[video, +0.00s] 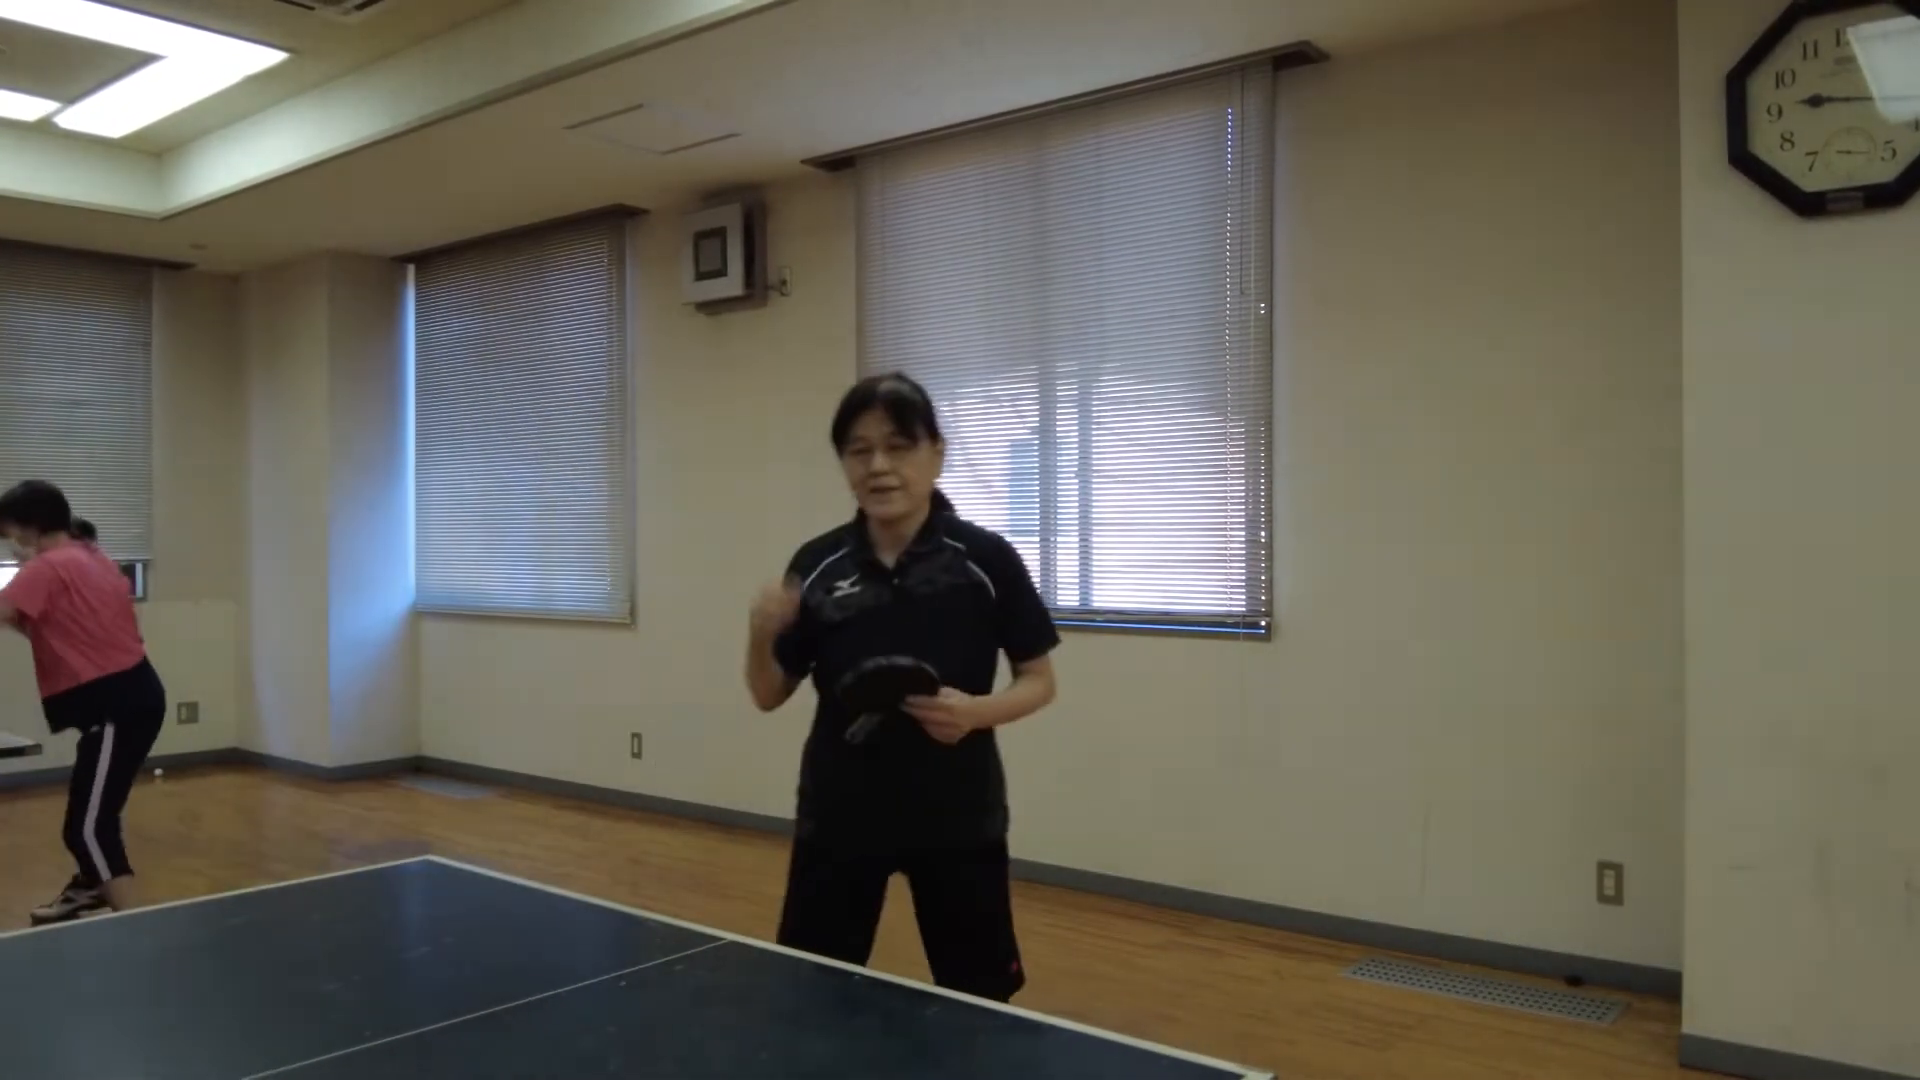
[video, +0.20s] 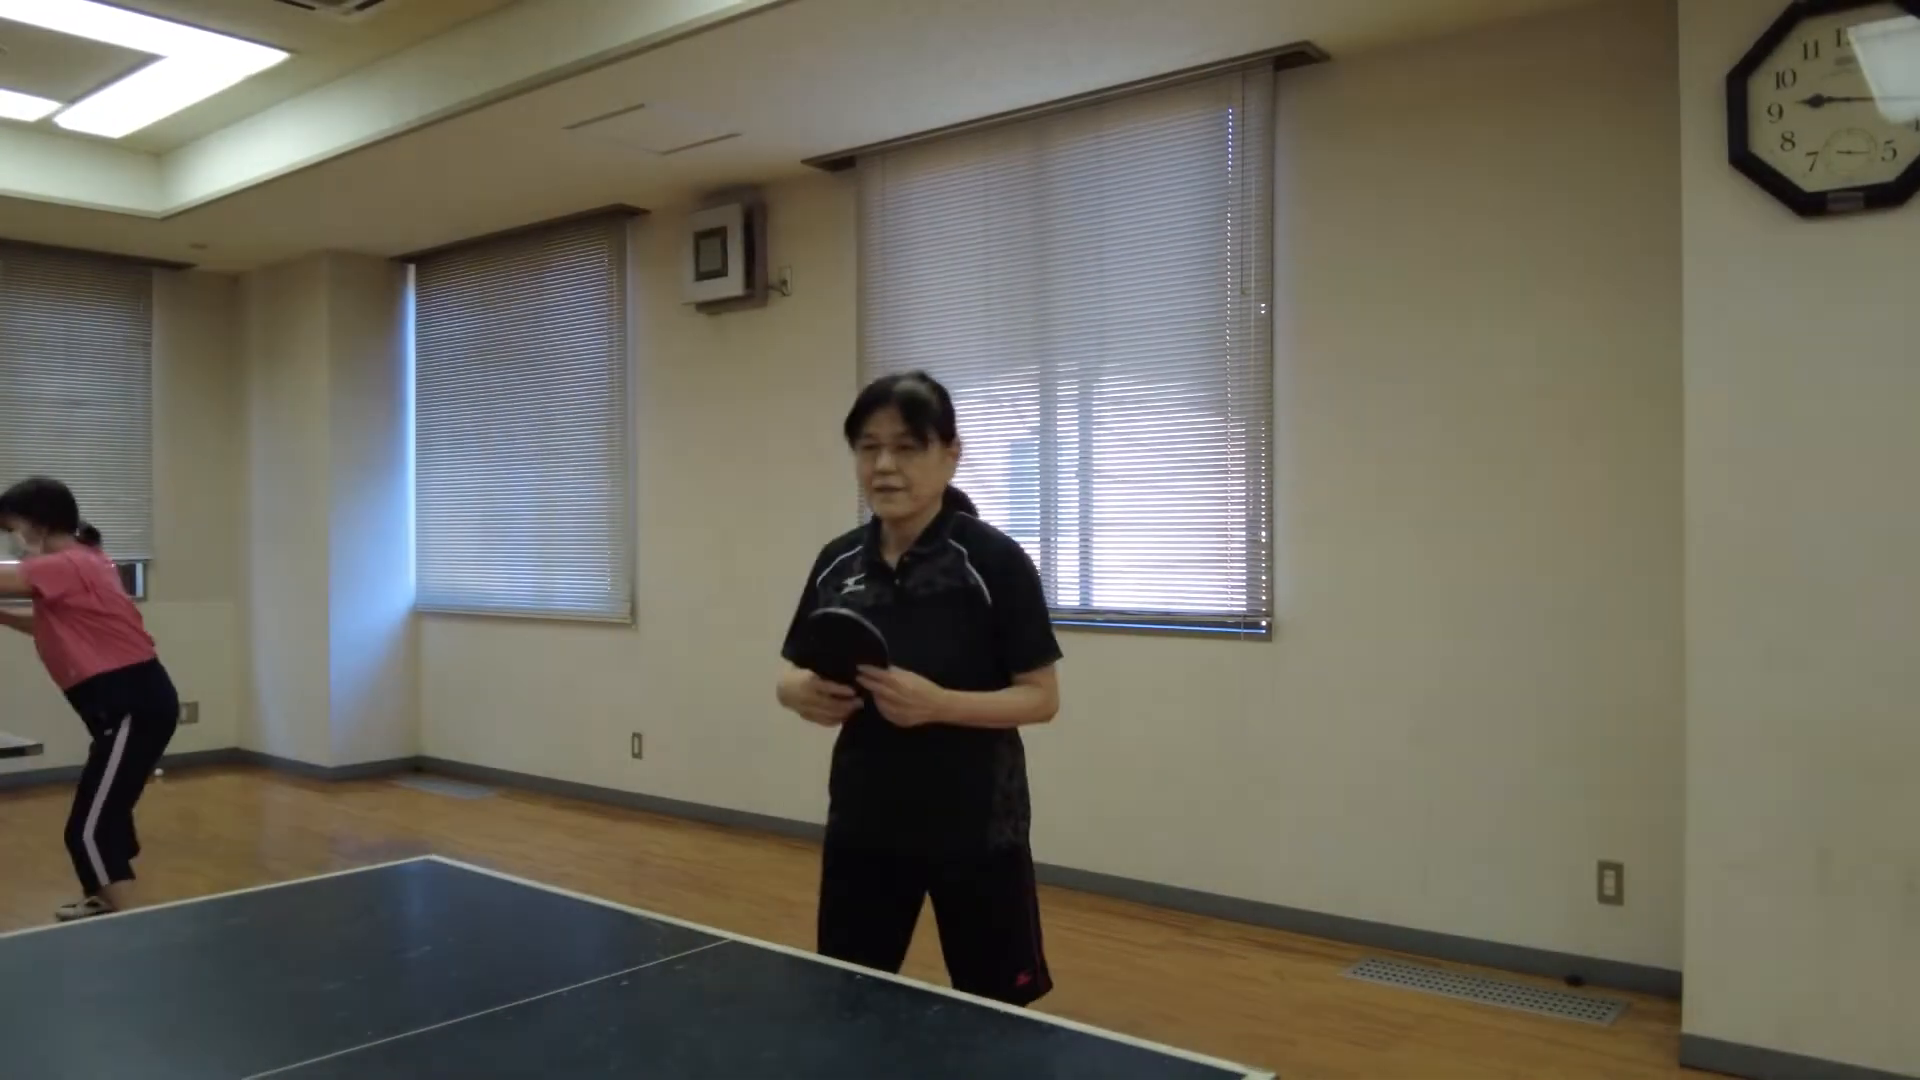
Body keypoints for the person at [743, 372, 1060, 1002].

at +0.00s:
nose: (879, 466)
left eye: (899, 447)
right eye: (860, 452)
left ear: (936, 455)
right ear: (841, 466)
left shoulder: (985, 559)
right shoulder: (818, 564)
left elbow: (1039, 680)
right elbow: (769, 695)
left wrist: (980, 711)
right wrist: (763, 633)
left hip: (955, 811)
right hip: (842, 809)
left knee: (978, 1002)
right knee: (809, 991)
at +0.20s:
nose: (885, 466)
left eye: (907, 448)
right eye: (870, 449)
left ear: (950, 456)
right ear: (853, 459)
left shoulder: (996, 562)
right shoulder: (839, 561)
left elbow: (1042, 698)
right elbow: (794, 668)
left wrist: (939, 703)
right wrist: (795, 690)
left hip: (976, 826)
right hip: (867, 822)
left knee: (996, 1021)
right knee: (844, 1004)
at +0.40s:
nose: (859, 498)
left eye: (881, 479)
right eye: (844, 481)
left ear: (930, 485)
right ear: (829, 490)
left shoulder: (980, 583)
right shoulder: (838, 592)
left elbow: (1033, 725)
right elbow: (827, 708)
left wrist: (912, 731)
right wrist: (809, 732)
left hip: (996, 841)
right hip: (893, 836)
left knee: (1031, 1036)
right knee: (840, 1012)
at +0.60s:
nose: (864, 544)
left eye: (887, 524)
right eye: (854, 525)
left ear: (945, 531)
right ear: (842, 532)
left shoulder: (1000, 623)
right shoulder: (872, 632)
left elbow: (1058, 777)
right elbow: (882, 745)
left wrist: (922, 820)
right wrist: (833, 794)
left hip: (1055, 860)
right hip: (958, 858)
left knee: (1075, 1049)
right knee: (876, 1013)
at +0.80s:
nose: (888, 561)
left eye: (912, 541)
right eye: (880, 540)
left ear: (975, 544)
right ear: (870, 539)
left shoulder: (1038, 631)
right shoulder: (900, 640)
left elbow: (1111, 782)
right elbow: (920, 754)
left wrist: (986, 860)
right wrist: (895, 847)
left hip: (1089, 855)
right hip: (981, 859)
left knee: (1101, 1048)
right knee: (914, 1021)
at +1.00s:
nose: (918, 557)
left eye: (945, 540)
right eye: (910, 534)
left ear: (1004, 547)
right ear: (898, 530)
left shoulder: (1061, 637)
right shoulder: (907, 633)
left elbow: (1121, 790)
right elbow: (922, 745)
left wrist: (999, 854)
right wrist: (899, 832)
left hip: (1079, 865)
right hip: (967, 862)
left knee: (1082, 1053)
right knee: (892, 1015)